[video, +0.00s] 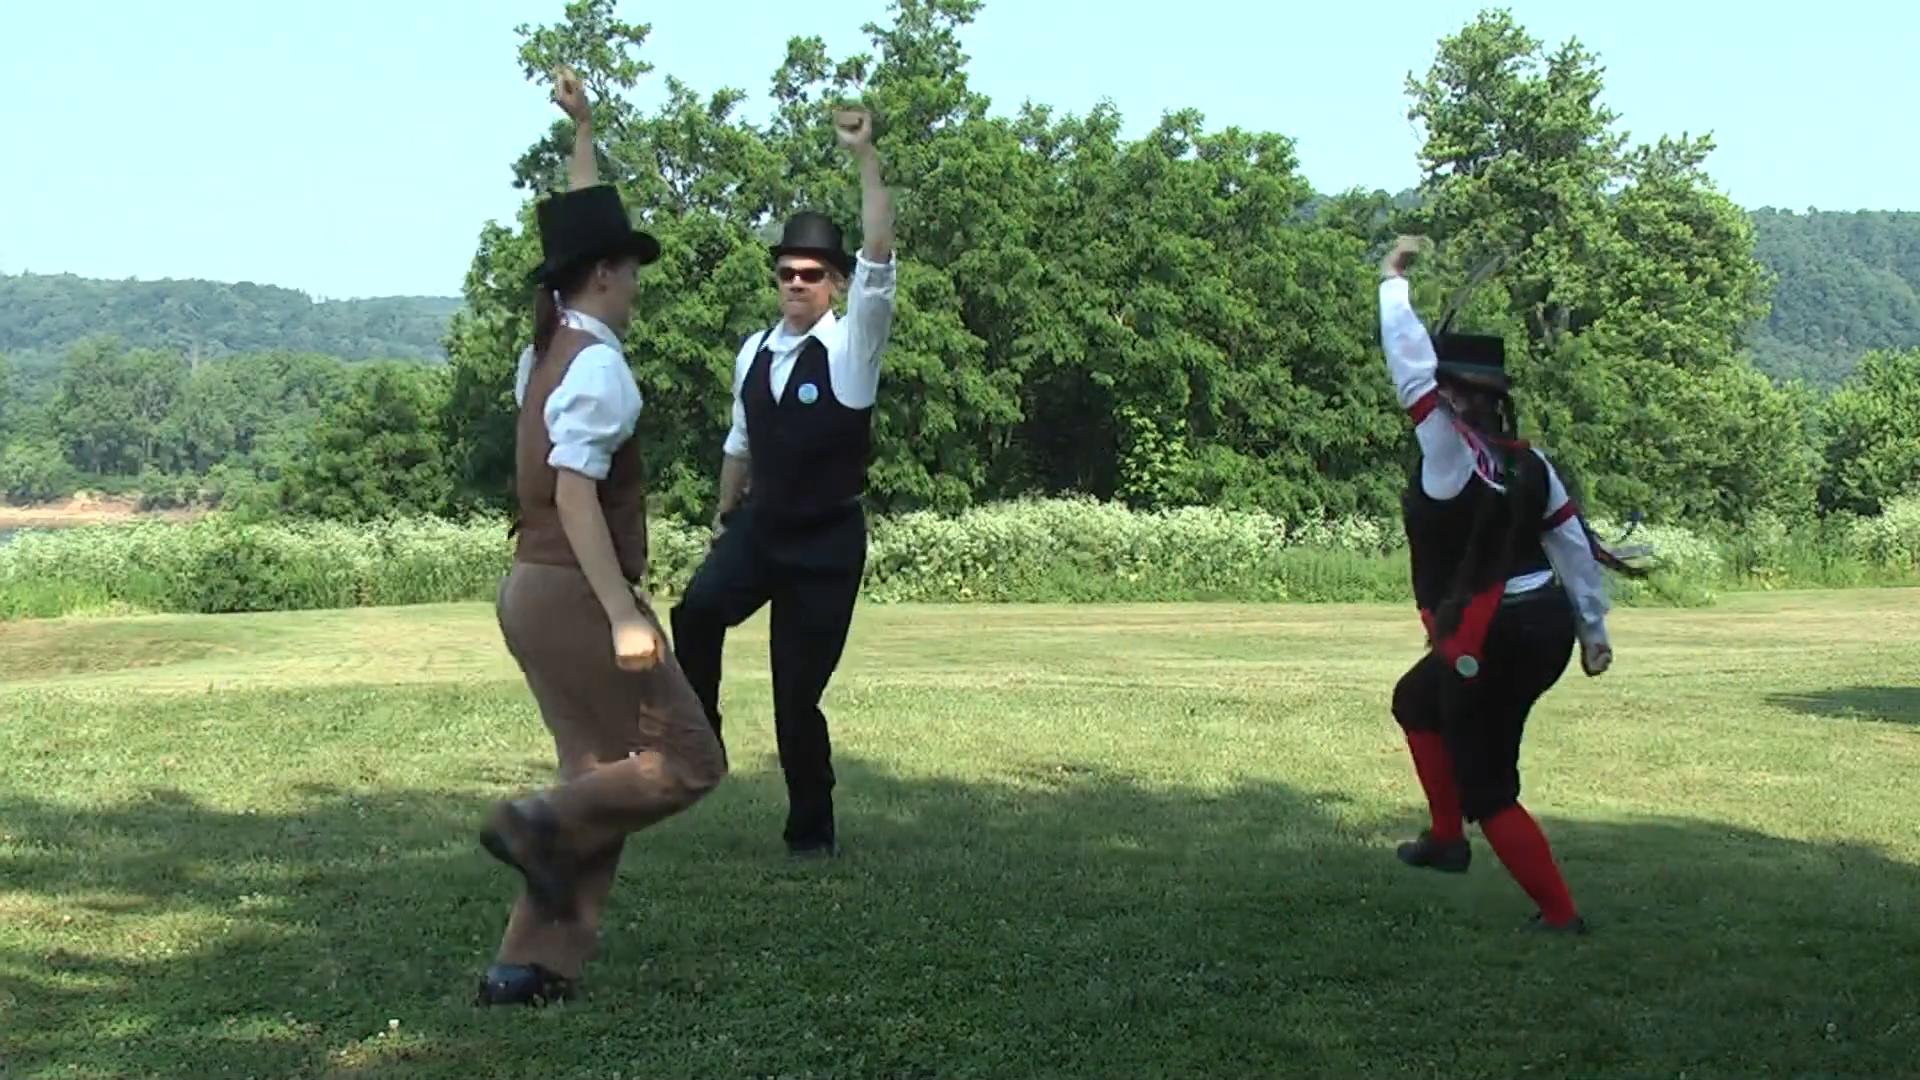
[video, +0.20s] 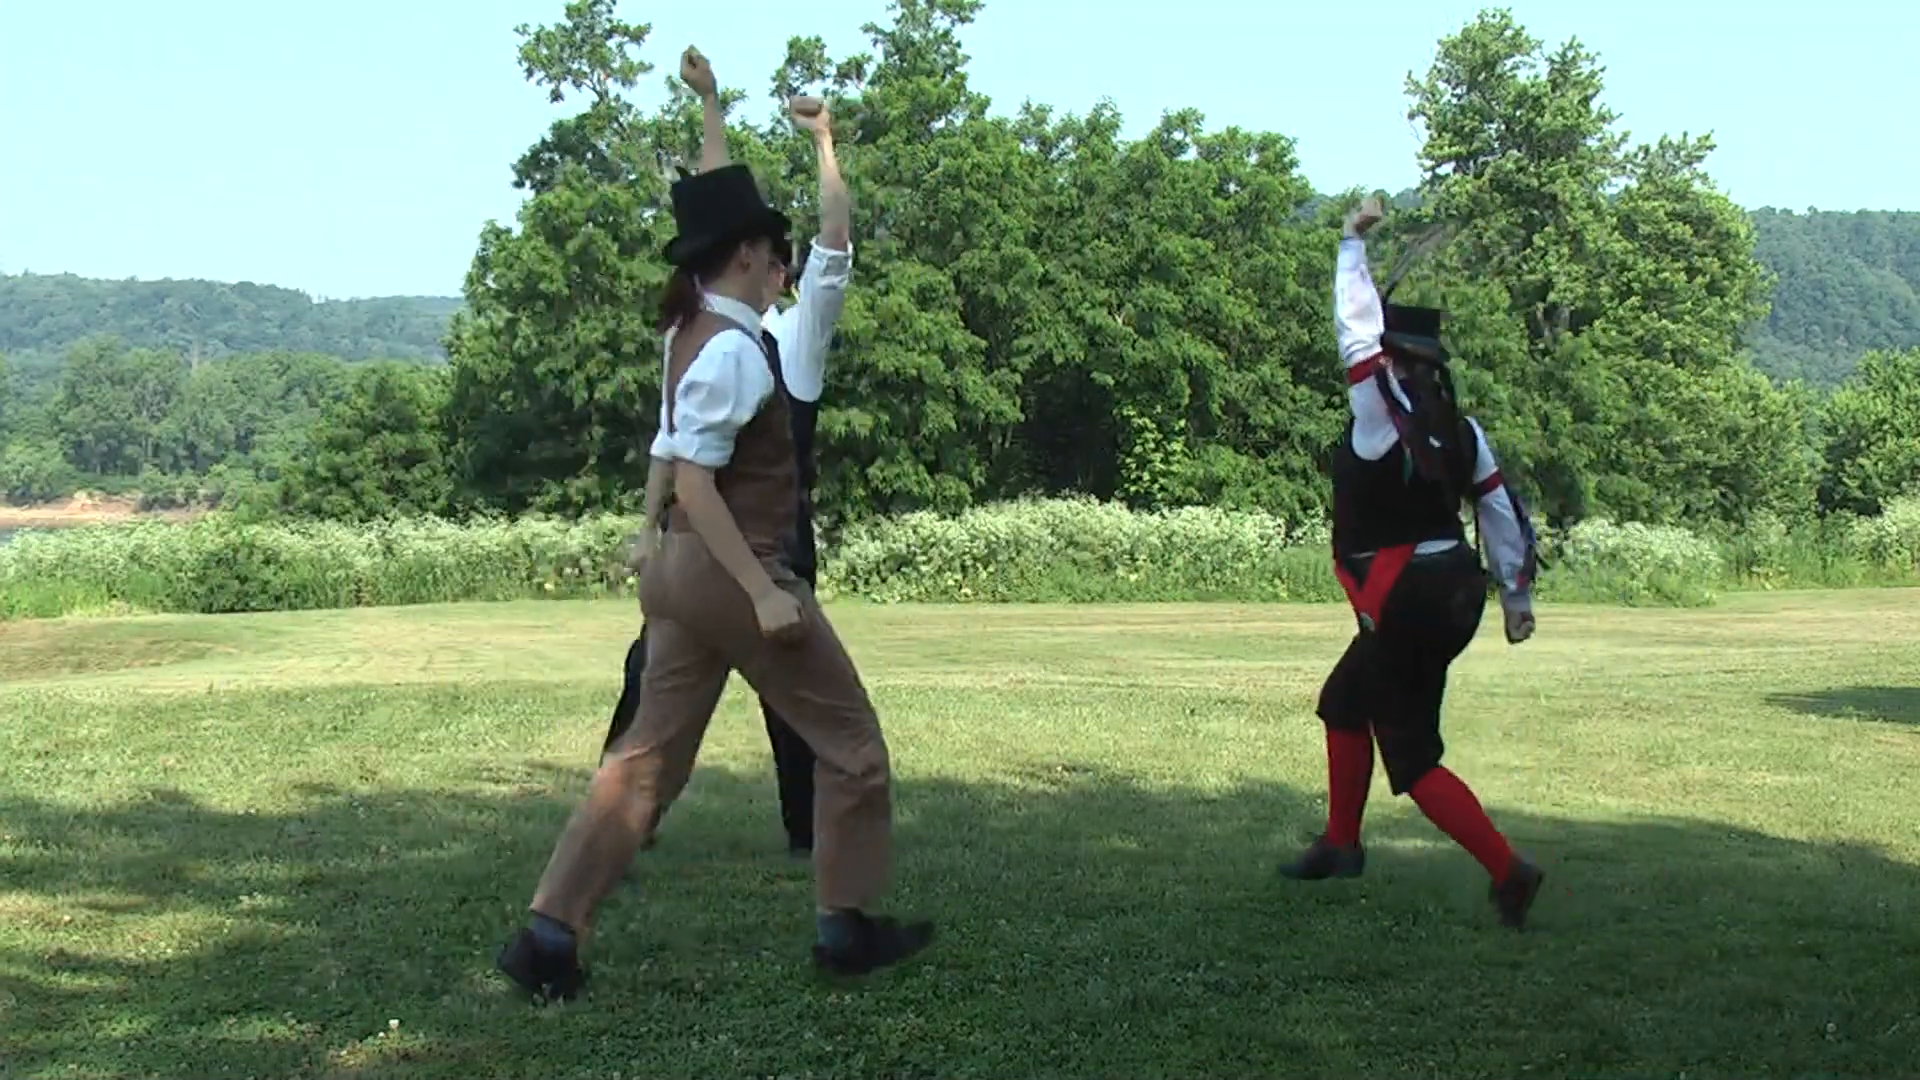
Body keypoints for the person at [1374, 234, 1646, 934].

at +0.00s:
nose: (1438, 400)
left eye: (1443, 391)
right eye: (1442, 391)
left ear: (1457, 400)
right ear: (1498, 400)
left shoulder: (1448, 448)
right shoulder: (1531, 462)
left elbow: (1410, 360)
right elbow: (1572, 545)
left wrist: (1394, 277)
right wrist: (1593, 625)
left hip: (1494, 631)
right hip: (1550, 622)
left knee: (1483, 787)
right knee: (1414, 700)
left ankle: (1561, 916)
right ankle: (1447, 839)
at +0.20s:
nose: (1375, 362)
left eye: (1381, 355)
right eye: (1387, 354)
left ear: (1389, 360)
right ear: (1434, 364)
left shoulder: (1378, 398)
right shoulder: (1461, 428)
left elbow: (1358, 323)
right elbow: (1501, 509)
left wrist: (1353, 239)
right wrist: (1516, 587)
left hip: (1409, 598)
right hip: (1459, 594)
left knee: (1410, 763)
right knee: (1343, 702)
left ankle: (1506, 866)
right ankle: (1341, 844)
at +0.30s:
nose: (1338, 374)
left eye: (1345, 364)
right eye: (1354, 364)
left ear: (1356, 372)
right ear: (1398, 375)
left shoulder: (1354, 416)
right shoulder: (1410, 436)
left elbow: (1337, 338)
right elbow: (1450, 524)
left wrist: (1338, 259)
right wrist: (1478, 609)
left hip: (1368, 603)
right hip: (1413, 598)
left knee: (1318, 756)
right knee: (1334, 741)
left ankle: (1411, 870)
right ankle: (1349, 876)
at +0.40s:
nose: (1304, 383)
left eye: (1315, 374)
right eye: (1311, 374)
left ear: (1330, 382)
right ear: (1363, 387)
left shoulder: (1330, 433)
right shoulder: (1364, 450)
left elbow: (1314, 349)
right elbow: (1400, 539)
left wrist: (1311, 270)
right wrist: (1418, 627)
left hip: (1341, 618)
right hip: (1377, 615)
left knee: (1238, 733)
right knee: (1297, 751)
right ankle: (1346, 874)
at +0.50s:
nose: (1263, 374)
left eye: (1274, 365)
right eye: (1268, 364)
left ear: (1301, 369)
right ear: (1318, 371)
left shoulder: (1306, 421)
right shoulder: (1318, 424)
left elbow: (1289, 332)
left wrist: (1276, 249)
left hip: (1303, 602)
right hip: (1337, 600)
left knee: (1177, 671)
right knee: (1288, 746)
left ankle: (1193, 804)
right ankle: (1347, 876)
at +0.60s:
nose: (1236, 339)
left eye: (1247, 328)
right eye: (1242, 329)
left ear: (1270, 334)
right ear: (1289, 338)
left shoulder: (1272, 380)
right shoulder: (1281, 394)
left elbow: (1256, 293)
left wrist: (1247, 221)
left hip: (1266, 577)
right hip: (1298, 582)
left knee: (1138, 631)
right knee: (1261, 720)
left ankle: (1161, 763)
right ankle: (1321, 851)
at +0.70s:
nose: (1204, 338)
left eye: (1212, 331)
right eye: (1208, 330)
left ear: (1233, 334)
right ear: (1258, 335)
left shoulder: (1235, 379)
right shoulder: (1269, 391)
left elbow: (1220, 299)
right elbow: (1292, 479)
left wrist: (1214, 217)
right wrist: (1301, 542)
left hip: (1238, 568)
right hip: (1271, 568)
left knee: (1115, 643)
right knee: (1222, 719)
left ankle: (1159, 767)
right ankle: (1254, 857)